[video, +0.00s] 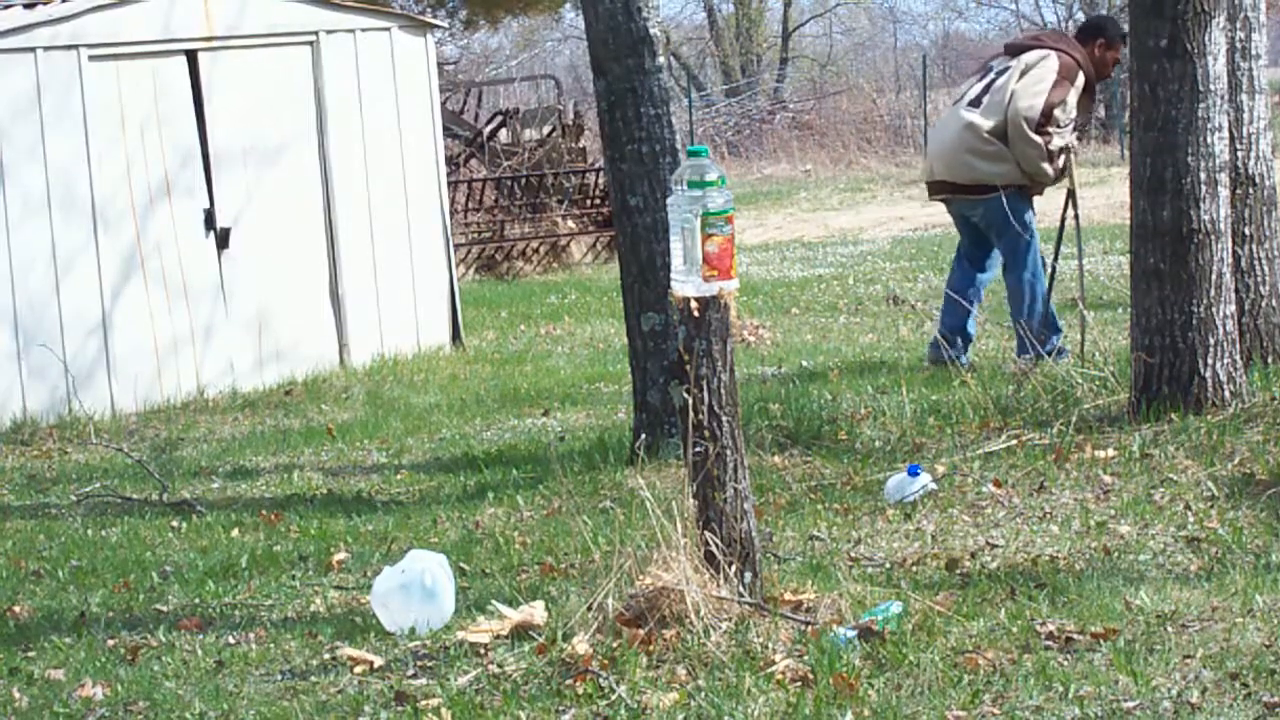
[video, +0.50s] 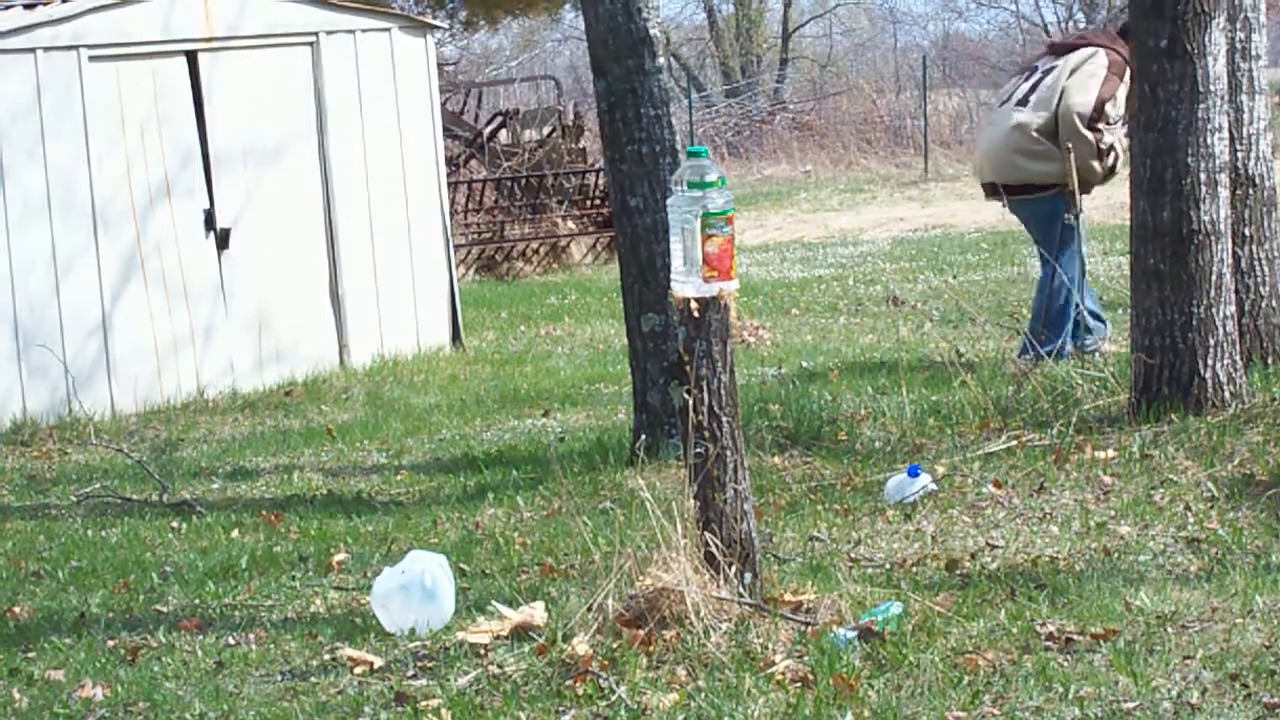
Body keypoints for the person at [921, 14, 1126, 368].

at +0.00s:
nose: (1113, 71)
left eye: (1116, 63)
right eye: (1114, 61)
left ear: (1093, 45)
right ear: (1098, 47)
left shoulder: (1026, 53)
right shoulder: (1064, 62)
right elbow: (1027, 117)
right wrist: (1048, 171)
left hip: (944, 162)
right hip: (985, 165)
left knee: (976, 252)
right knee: (1023, 254)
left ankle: (948, 349)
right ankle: (1040, 350)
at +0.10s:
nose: (1125, 69)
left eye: (1128, 61)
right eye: (1126, 58)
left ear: (1103, 43)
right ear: (1112, 46)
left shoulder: (1039, 50)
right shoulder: (1076, 61)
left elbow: (981, 100)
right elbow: (1040, 118)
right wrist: (1058, 172)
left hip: (961, 164)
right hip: (999, 167)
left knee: (992, 248)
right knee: (1034, 254)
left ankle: (957, 337)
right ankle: (1043, 353)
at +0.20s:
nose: (1131, 68)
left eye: (1134, 61)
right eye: (1133, 59)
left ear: (1104, 38)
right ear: (1122, 48)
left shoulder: (1049, 49)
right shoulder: (1086, 62)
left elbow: (984, 98)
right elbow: (1049, 116)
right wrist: (1066, 176)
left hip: (971, 157)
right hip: (1006, 159)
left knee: (1013, 243)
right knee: (1042, 256)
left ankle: (979, 317)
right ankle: (1044, 354)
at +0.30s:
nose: (1133, 67)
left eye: (1135, 61)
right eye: (1136, 59)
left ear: (1109, 36)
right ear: (1127, 49)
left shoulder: (1061, 48)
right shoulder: (1097, 60)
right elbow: (1059, 112)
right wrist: (1070, 176)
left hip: (979, 156)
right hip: (1014, 157)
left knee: (1045, 246)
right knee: (1042, 255)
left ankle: (1012, 324)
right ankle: (1043, 355)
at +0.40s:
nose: (1138, 66)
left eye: (1139, 61)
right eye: (1141, 59)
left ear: (1114, 35)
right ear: (1132, 48)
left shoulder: (1064, 50)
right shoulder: (1104, 59)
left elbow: (998, 99)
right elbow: (1071, 112)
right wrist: (1081, 176)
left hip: (986, 156)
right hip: (1021, 157)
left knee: (1058, 253)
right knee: (1052, 259)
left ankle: (1060, 345)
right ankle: (1040, 354)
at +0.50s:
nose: (1144, 64)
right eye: (1147, 57)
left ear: (1118, 32)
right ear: (1136, 46)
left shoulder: (1070, 51)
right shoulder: (1109, 57)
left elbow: (1009, 101)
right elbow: (1077, 109)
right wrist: (1094, 170)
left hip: (997, 159)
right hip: (1034, 161)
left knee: (1063, 251)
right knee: (1063, 257)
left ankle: (1088, 335)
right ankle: (1041, 354)